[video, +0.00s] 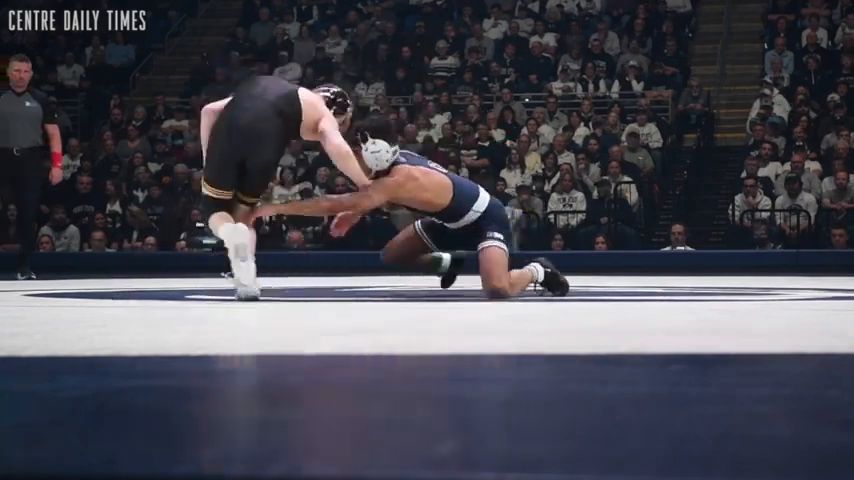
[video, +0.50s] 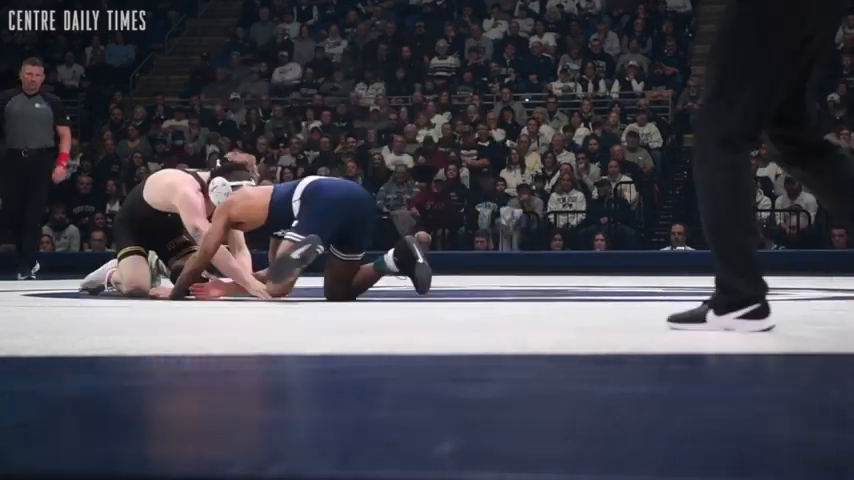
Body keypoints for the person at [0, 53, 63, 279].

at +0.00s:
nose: (20, 76)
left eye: (25, 72)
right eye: (16, 71)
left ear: (31, 74)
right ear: (8, 73)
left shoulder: (42, 100)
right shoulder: (3, 98)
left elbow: (53, 133)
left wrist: (57, 164)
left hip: (30, 161)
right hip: (5, 160)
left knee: (27, 212)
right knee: (4, 211)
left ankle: (25, 265)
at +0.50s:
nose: (32, 79)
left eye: (37, 75)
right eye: (28, 74)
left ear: (43, 77)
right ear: (20, 76)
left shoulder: (52, 102)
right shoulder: (7, 100)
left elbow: (65, 134)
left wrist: (62, 163)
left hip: (41, 161)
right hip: (12, 161)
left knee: (34, 213)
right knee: (13, 212)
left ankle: (26, 266)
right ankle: (27, 261)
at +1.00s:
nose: (51, 81)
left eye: (56, 77)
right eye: (48, 77)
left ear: (61, 80)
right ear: (40, 78)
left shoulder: (72, 104)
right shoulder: (25, 102)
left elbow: (85, 134)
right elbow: (10, 132)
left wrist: (82, 162)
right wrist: (5, 161)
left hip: (65, 164)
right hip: (35, 164)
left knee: (79, 211)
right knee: (32, 214)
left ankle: (93, 261)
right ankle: (33, 266)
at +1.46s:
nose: (97, 86)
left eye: (102, 82)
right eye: (93, 82)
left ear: (107, 84)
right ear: (85, 83)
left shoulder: (112, 109)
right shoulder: (72, 104)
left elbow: (120, 139)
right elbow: (57, 132)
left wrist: (128, 168)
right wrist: (68, 161)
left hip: (106, 167)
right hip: (78, 166)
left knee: (110, 215)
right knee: (65, 214)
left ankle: (108, 265)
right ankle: (45, 264)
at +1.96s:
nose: (93, 83)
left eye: (96, 79)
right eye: (89, 79)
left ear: (102, 82)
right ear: (81, 81)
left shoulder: (109, 107)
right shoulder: (69, 103)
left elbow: (118, 137)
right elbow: (52, 131)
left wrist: (125, 165)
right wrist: (57, 161)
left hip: (103, 165)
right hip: (76, 164)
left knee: (106, 216)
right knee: (66, 214)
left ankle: (108, 265)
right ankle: (55, 266)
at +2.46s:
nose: (70, 82)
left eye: (74, 78)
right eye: (66, 78)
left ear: (79, 81)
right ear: (57, 79)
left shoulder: (88, 105)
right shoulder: (43, 104)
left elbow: (98, 135)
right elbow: (28, 133)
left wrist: (92, 161)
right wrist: (26, 163)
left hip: (81, 164)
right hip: (52, 164)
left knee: (91, 212)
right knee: (51, 214)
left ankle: (93, 260)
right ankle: (52, 265)